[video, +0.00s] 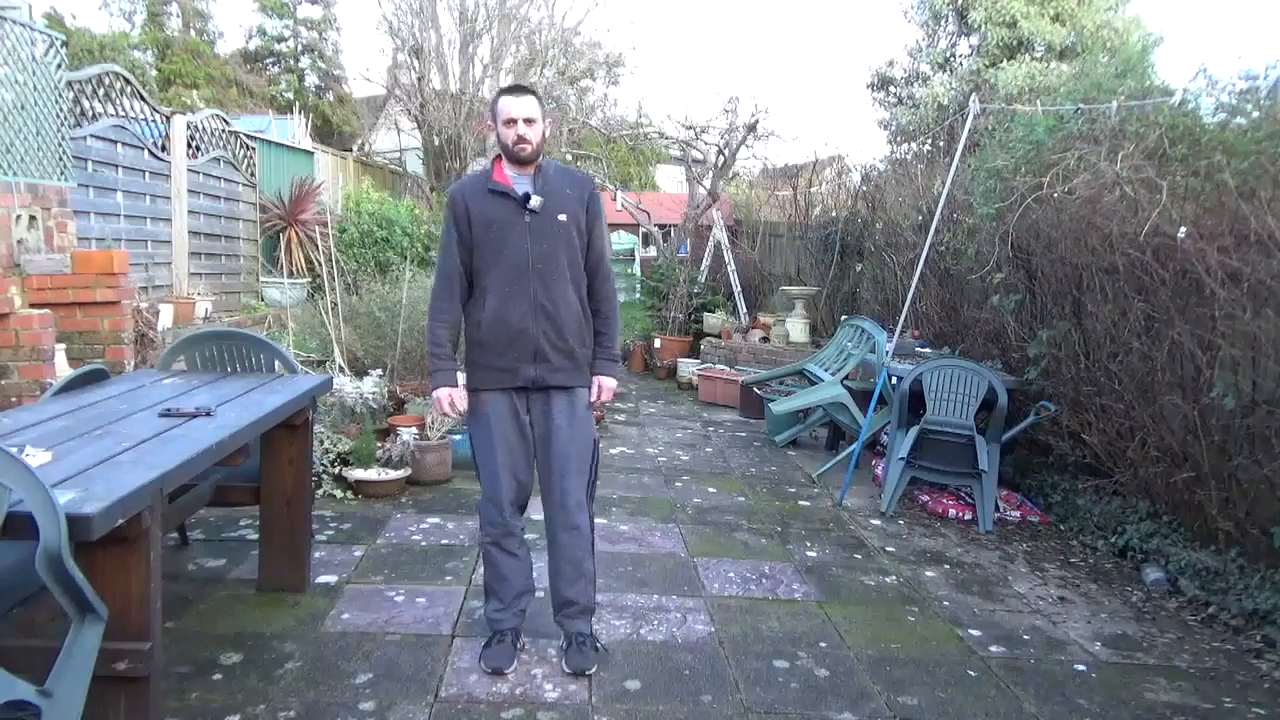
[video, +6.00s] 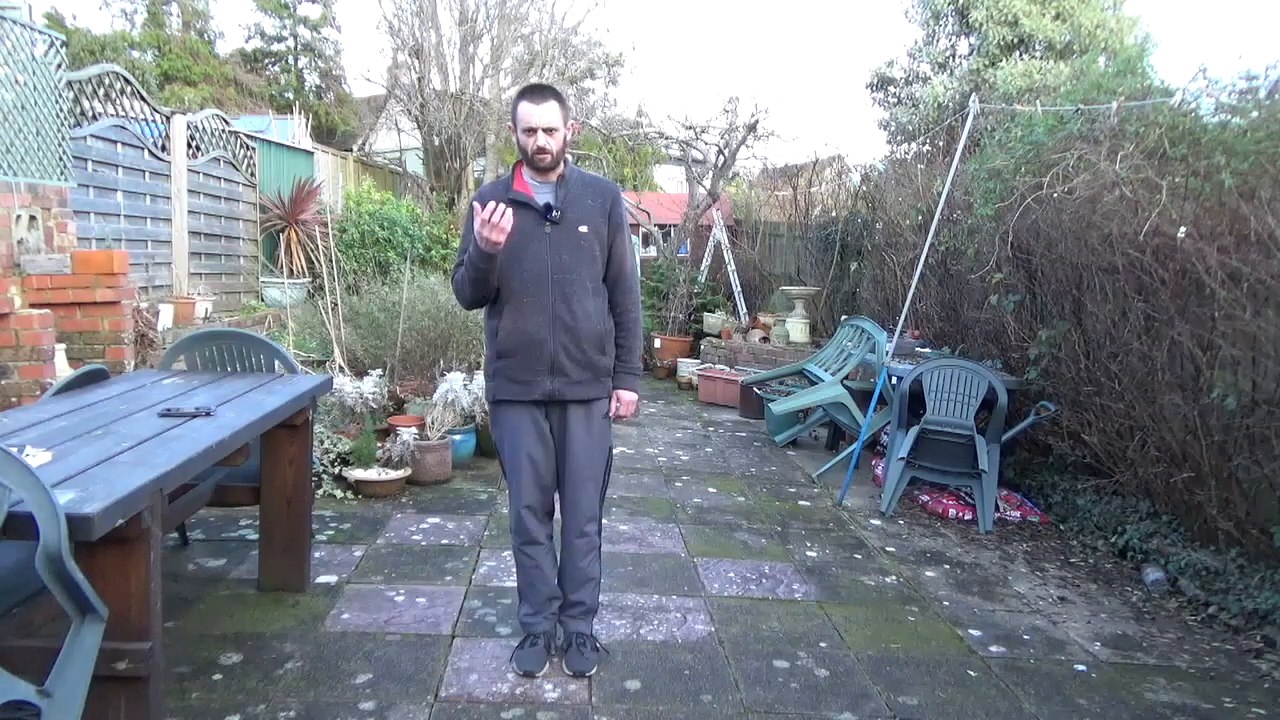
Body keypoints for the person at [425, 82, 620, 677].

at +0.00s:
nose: (521, 130)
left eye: (529, 121)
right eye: (510, 122)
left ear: (545, 126)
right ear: (494, 130)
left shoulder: (579, 189)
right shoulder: (467, 195)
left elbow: (601, 282)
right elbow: (447, 290)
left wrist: (606, 361)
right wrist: (444, 370)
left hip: (568, 372)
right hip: (492, 374)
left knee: (571, 509)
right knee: (500, 511)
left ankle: (578, 626)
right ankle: (503, 625)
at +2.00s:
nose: (545, 135)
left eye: (554, 124)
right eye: (534, 126)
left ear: (574, 125)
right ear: (522, 132)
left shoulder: (610, 194)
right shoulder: (496, 198)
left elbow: (630, 292)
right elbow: (479, 296)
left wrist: (630, 376)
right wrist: (480, 379)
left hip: (591, 379)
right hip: (517, 380)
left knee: (584, 508)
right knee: (530, 506)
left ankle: (580, 632)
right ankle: (536, 632)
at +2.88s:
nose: (544, 137)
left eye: (554, 126)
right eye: (533, 127)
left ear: (572, 126)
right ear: (520, 129)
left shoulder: (606, 194)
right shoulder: (494, 199)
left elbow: (627, 290)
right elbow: (461, 283)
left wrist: (628, 375)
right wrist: (491, 300)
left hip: (589, 378)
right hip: (517, 380)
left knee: (584, 510)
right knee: (528, 506)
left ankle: (579, 631)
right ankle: (535, 631)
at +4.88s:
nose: (554, 138)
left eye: (564, 128)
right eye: (544, 127)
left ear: (579, 133)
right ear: (526, 130)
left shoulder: (607, 198)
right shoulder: (493, 199)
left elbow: (626, 293)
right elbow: (467, 292)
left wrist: (628, 377)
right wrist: (492, 266)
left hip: (591, 379)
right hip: (517, 380)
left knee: (583, 512)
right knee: (529, 511)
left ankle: (580, 626)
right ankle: (536, 628)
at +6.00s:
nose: (539, 141)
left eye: (548, 130)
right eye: (529, 131)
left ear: (568, 129)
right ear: (515, 134)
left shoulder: (603, 195)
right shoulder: (491, 197)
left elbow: (625, 293)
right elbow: (468, 295)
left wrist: (628, 375)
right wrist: (485, 250)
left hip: (589, 379)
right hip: (516, 381)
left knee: (583, 513)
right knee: (528, 513)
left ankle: (580, 627)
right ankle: (536, 628)